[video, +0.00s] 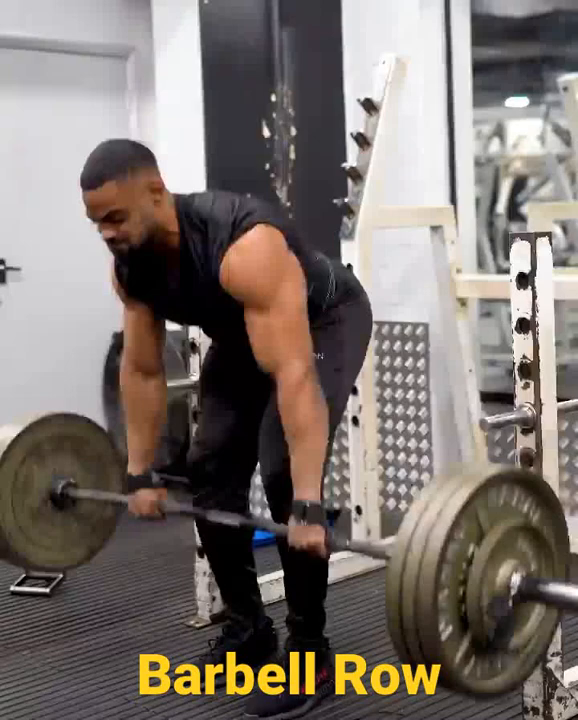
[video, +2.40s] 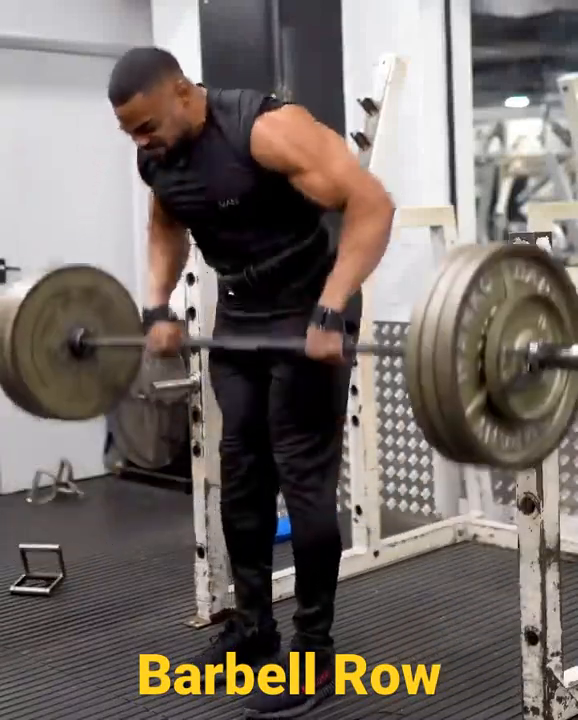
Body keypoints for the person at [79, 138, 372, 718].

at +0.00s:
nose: (107, 236)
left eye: (114, 219)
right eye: (97, 224)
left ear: (156, 192)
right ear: (91, 215)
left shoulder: (247, 247)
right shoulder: (134, 266)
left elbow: (295, 372)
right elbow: (142, 370)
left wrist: (308, 501)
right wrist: (141, 473)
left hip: (324, 317)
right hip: (242, 330)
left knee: (285, 476)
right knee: (211, 474)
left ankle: (306, 649)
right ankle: (246, 629)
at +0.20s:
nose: (115, 194)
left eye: (121, 177)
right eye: (106, 183)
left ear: (162, 144)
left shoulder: (248, 192)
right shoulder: (139, 217)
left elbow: (324, 301)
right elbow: (152, 312)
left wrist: (310, 426)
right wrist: (141, 407)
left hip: (312, 320)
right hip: (241, 329)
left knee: (291, 468)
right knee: (219, 466)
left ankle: (308, 648)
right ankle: (247, 627)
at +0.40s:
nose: (125, 163)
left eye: (131, 147)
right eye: (115, 154)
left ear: (167, 108)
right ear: (105, 138)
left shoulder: (255, 143)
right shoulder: (148, 166)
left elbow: (355, 219)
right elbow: (164, 235)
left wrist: (320, 327)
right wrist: (147, 315)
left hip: (299, 319)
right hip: (227, 320)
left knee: (292, 479)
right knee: (227, 480)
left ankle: (309, 648)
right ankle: (249, 629)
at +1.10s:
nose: (134, 190)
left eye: (140, 173)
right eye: (125, 180)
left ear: (177, 137)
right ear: (118, 168)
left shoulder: (264, 181)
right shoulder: (153, 203)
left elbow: (340, 284)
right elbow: (161, 290)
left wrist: (325, 406)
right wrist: (150, 383)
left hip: (309, 338)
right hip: (238, 343)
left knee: (305, 487)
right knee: (226, 490)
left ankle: (311, 650)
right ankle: (248, 630)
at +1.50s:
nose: (112, 220)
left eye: (116, 203)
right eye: (103, 210)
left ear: (156, 170)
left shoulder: (251, 230)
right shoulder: (137, 248)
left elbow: (302, 358)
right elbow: (147, 352)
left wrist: (315, 483)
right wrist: (147, 453)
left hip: (322, 310)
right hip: (243, 322)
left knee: (293, 465)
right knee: (217, 465)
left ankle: (309, 649)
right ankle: (247, 626)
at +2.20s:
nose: (124, 169)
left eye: (130, 153)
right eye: (117, 158)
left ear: (174, 126)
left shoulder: (263, 174)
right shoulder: (155, 198)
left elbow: (340, 278)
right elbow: (163, 297)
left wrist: (324, 402)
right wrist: (155, 392)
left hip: (314, 327)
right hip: (244, 333)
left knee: (300, 476)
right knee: (235, 473)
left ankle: (312, 649)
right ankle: (250, 628)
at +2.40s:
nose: (141, 143)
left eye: (147, 127)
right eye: (132, 133)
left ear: (187, 94)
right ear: (129, 119)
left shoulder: (271, 130)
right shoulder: (160, 156)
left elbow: (373, 206)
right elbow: (167, 226)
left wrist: (330, 311)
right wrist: (157, 305)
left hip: (310, 320)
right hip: (237, 320)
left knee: (305, 482)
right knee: (241, 478)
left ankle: (313, 654)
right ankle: (254, 627)